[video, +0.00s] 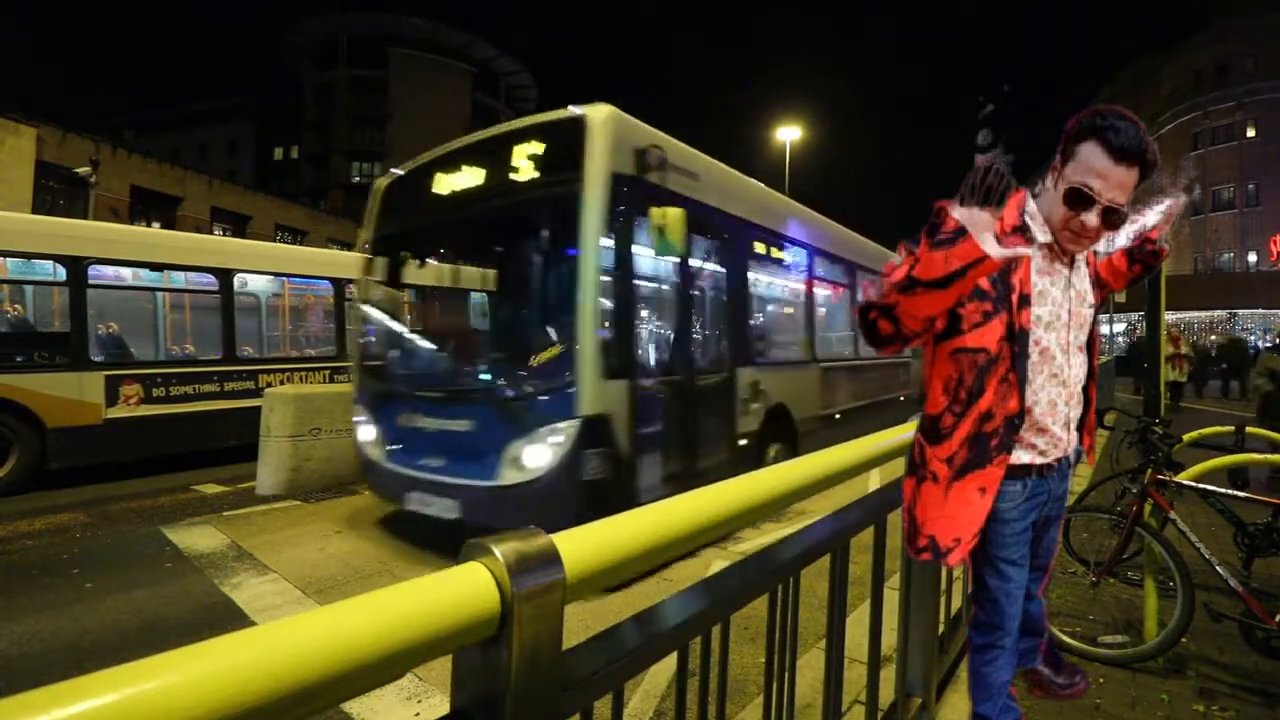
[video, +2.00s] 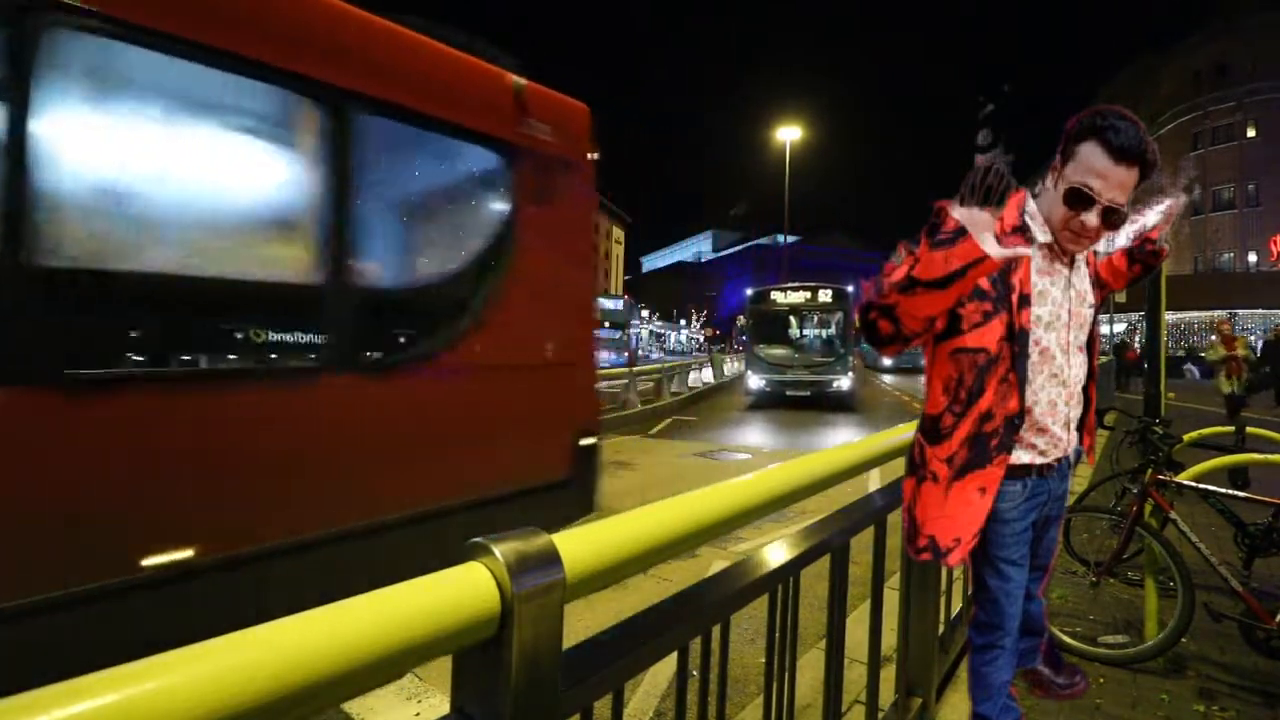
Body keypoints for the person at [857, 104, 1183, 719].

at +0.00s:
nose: (1089, 222)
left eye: (1109, 212)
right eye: (1080, 197)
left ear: (1123, 211)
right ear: (1052, 171)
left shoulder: (1083, 263)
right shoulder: (984, 242)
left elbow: (1110, 274)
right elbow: (883, 327)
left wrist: (1150, 241)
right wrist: (963, 244)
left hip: (1057, 467)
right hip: (1000, 474)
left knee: (1035, 581)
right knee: (1000, 611)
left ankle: (1028, 659)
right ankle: (994, 709)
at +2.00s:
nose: (1089, 222)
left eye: (1110, 212)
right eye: (1080, 197)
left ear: (1124, 210)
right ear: (1052, 171)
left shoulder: (1085, 263)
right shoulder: (985, 243)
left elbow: (1115, 271)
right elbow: (881, 327)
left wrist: (1150, 242)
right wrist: (963, 246)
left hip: (1057, 467)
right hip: (1000, 474)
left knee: (1035, 580)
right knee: (1000, 611)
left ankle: (1028, 658)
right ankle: (994, 709)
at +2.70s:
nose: (1089, 222)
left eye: (1110, 212)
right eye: (1079, 198)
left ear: (1123, 211)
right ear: (1052, 172)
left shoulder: (1084, 264)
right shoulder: (984, 243)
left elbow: (1112, 272)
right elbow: (882, 327)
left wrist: (1152, 240)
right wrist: (962, 246)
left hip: (1057, 467)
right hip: (1000, 475)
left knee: (1034, 582)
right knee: (999, 613)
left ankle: (1028, 659)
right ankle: (993, 710)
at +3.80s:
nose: (1089, 222)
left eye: (1110, 212)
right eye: (1079, 198)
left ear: (1123, 211)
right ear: (1052, 172)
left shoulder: (1085, 264)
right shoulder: (985, 242)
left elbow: (1115, 271)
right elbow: (883, 327)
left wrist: (1152, 241)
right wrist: (962, 246)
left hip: (1057, 467)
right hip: (1000, 475)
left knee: (1034, 582)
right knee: (1000, 611)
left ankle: (1027, 660)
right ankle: (993, 709)